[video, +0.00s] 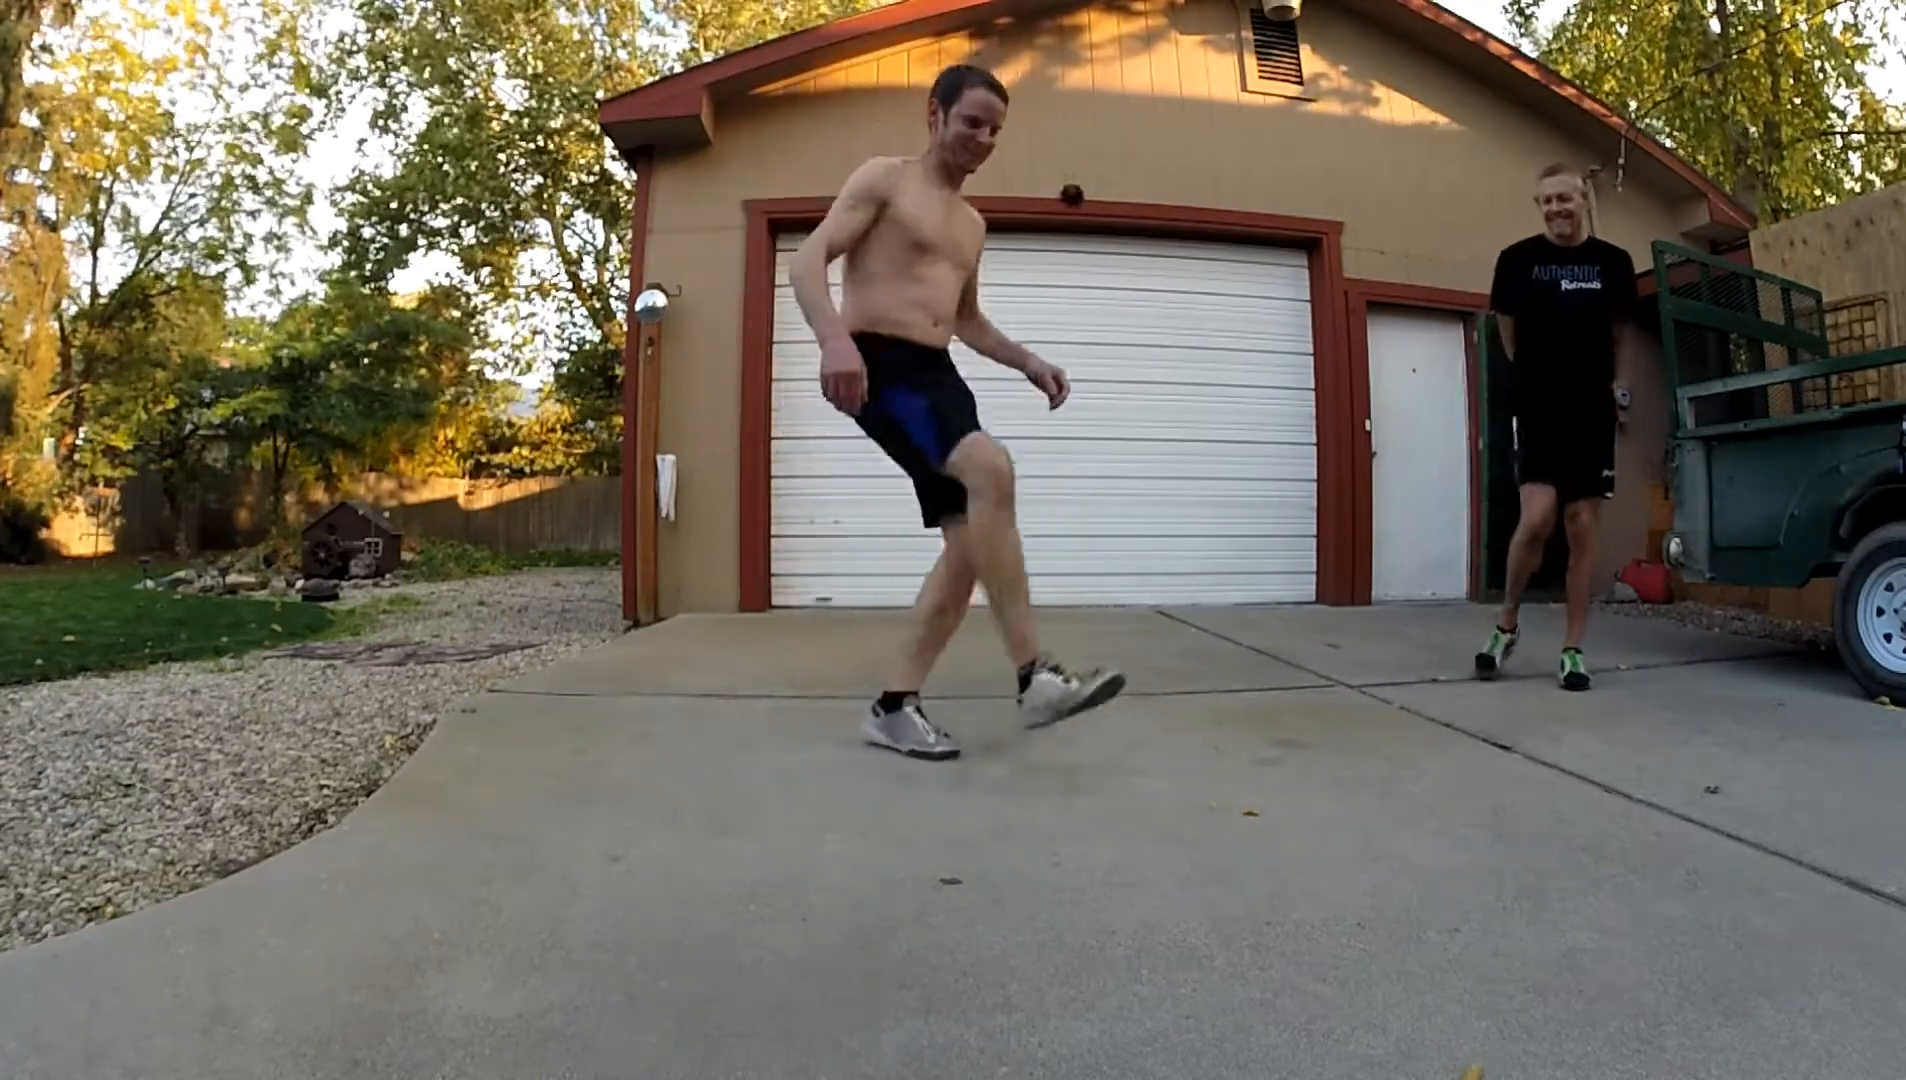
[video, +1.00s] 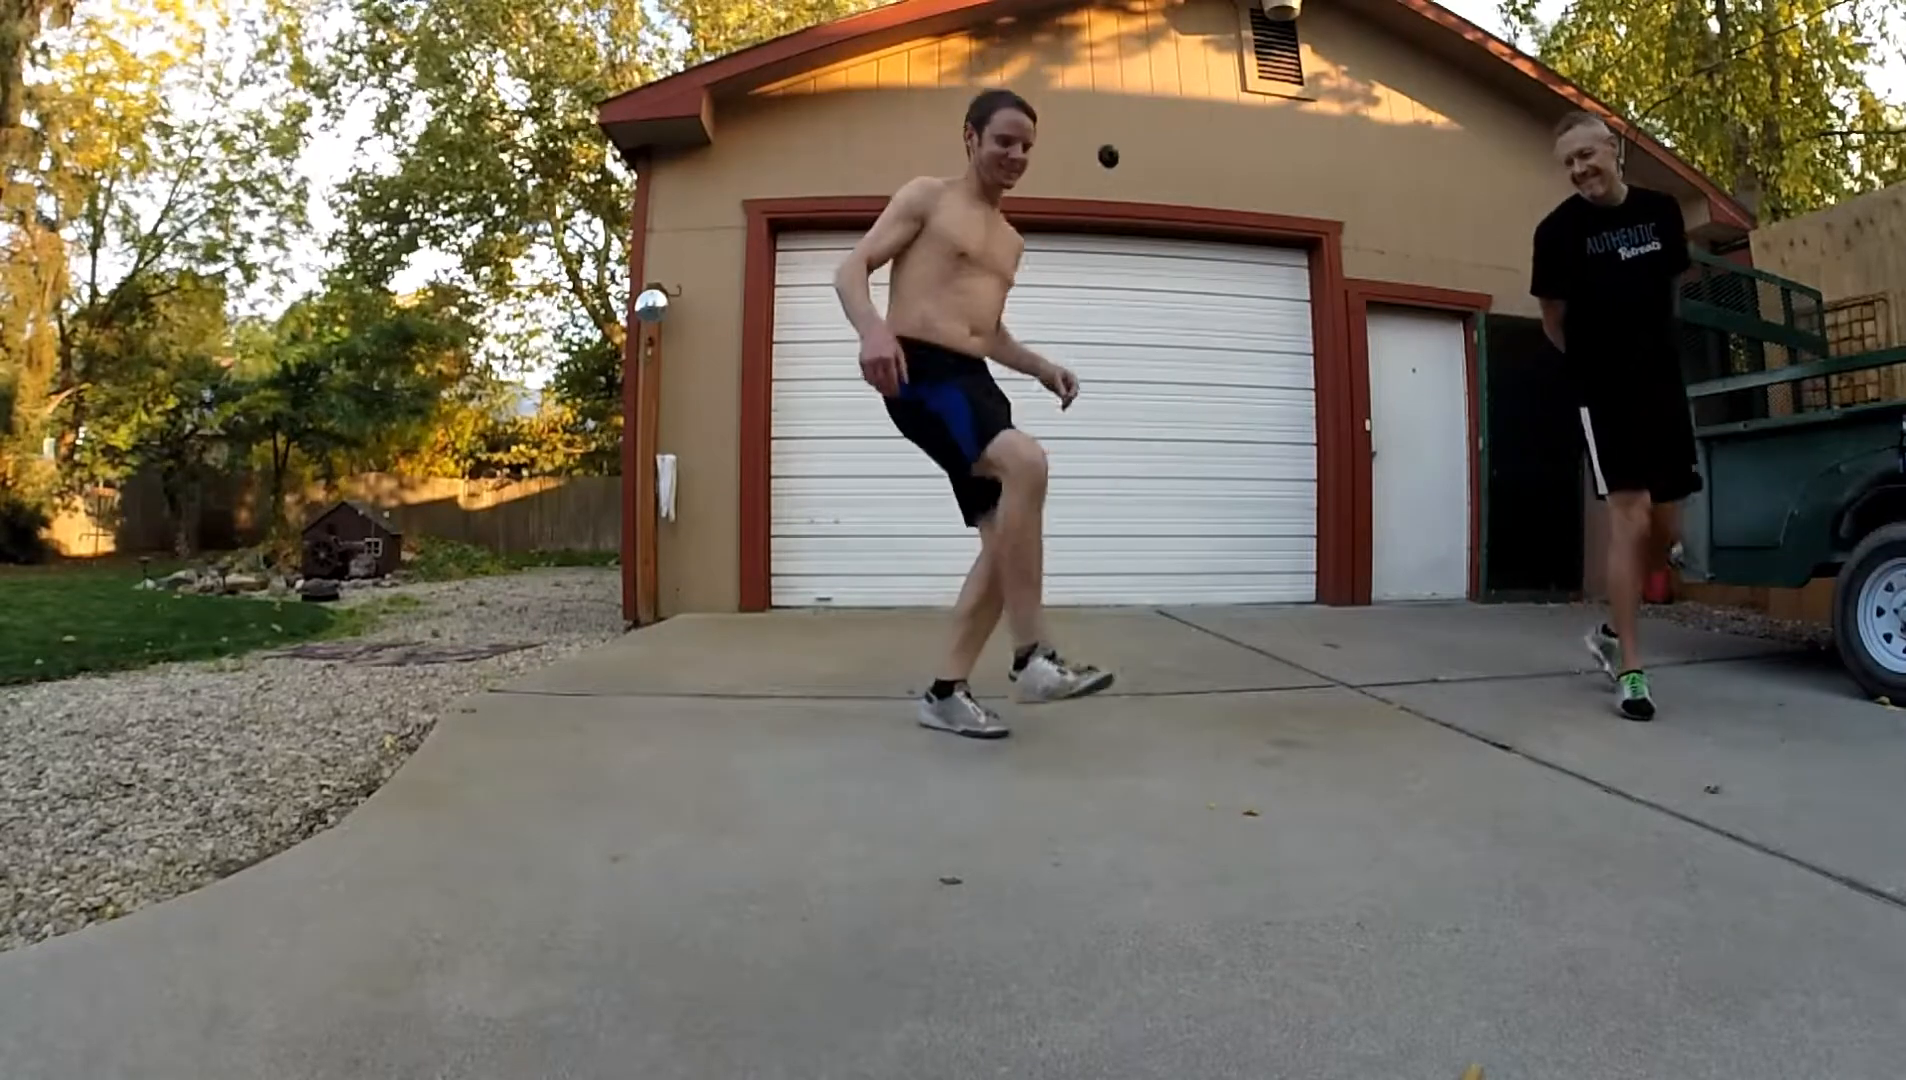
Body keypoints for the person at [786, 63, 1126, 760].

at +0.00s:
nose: (985, 139)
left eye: (995, 129)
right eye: (974, 122)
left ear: (1001, 136)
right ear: (936, 114)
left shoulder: (972, 225)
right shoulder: (883, 177)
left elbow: (967, 318)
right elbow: (806, 262)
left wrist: (1029, 361)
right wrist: (833, 340)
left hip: (935, 370)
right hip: (879, 362)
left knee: (967, 544)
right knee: (990, 470)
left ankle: (896, 704)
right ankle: (1033, 676)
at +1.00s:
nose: (1015, 155)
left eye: (1025, 146)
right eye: (1005, 141)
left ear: (1031, 153)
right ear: (972, 138)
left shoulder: (1010, 241)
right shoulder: (927, 195)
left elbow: (988, 332)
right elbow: (850, 271)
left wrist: (1041, 367)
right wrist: (871, 330)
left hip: (973, 378)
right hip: (918, 366)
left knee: (1007, 540)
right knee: (1025, 463)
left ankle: (946, 690)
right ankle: (1030, 657)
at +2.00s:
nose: (987, 123)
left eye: (997, 115)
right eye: (975, 110)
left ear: (1002, 124)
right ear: (942, 111)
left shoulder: (992, 207)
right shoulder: (896, 173)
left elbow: (980, 291)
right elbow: (820, 251)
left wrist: (1024, 326)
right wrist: (840, 309)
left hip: (952, 358)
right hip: (891, 343)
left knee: (957, 527)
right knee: (964, 432)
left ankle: (908, 687)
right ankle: (958, 631)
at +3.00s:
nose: (974, 84)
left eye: (986, 75)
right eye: (962, 70)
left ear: (996, 88)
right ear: (933, 74)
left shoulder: (991, 174)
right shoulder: (874, 136)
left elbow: (979, 245)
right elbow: (776, 197)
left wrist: (1017, 290)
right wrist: (792, 246)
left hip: (934, 333)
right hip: (852, 308)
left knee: (936, 508)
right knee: (917, 314)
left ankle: (895, 685)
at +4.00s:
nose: (930, 88)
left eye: (943, 78)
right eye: (917, 72)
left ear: (956, 87)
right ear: (888, 73)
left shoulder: (959, 171)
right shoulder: (837, 143)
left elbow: (991, 231)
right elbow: (750, 220)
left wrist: (1040, 238)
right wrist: (768, 276)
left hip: (896, 338)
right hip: (823, 323)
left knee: (886, 509)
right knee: (884, 265)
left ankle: (868, 688)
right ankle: (908, 462)